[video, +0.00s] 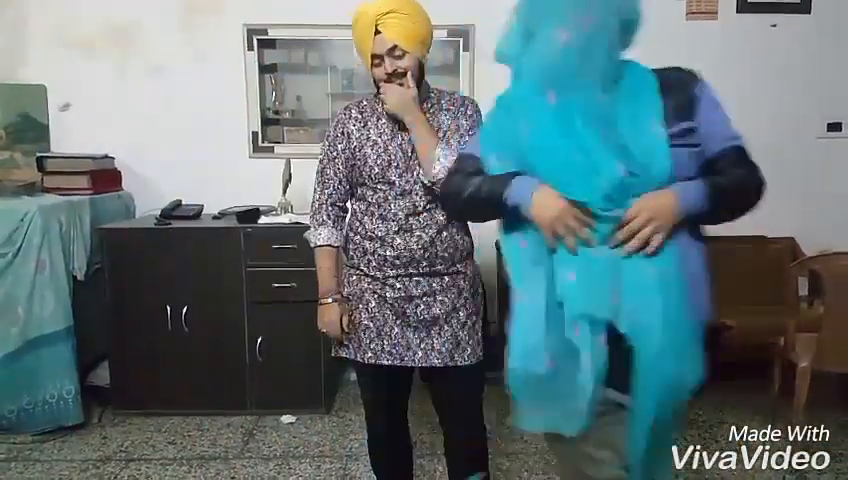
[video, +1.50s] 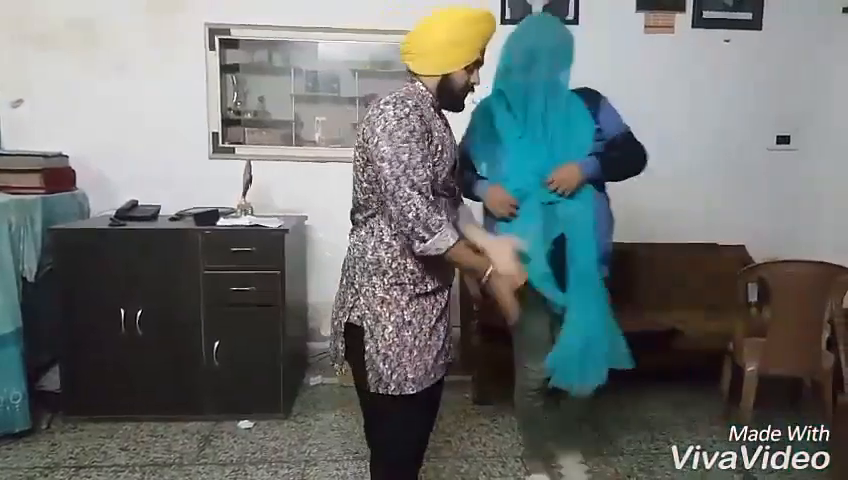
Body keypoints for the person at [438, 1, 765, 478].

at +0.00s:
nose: (564, 33)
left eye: (579, 16)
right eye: (551, 19)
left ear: (613, 19)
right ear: (533, 27)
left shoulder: (676, 92)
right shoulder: (520, 108)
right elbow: (456, 190)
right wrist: (527, 193)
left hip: (660, 352)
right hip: (558, 356)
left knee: (650, 465)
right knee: (586, 463)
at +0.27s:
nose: (665, 54)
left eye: (679, 36)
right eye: (652, 39)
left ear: (703, 35)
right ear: (630, 38)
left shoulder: (751, 109)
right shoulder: (606, 122)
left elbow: (808, 198)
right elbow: (573, 220)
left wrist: (781, 215)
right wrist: (642, 217)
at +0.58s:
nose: (683, 54)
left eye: (696, 36)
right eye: (669, 37)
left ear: (717, 34)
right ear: (646, 36)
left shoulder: (753, 99)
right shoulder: (619, 107)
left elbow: (799, 177)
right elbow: (578, 196)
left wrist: (803, 193)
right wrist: (651, 216)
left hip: (758, 322)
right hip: (664, 329)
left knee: (770, 459)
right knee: (698, 461)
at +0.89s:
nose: (630, 71)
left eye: (644, 58)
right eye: (622, 58)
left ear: (668, 53)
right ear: (607, 50)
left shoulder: (704, 105)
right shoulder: (583, 113)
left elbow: (758, 168)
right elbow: (541, 182)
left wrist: (710, 183)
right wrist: (573, 201)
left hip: (695, 303)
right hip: (616, 305)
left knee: (693, 448)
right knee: (645, 446)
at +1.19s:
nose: (607, 92)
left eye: (616, 81)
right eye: (598, 81)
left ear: (628, 78)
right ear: (577, 76)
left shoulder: (645, 134)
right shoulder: (547, 130)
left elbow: (685, 199)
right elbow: (517, 197)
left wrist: (672, 206)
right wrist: (569, 212)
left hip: (645, 306)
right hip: (579, 306)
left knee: (646, 436)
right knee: (588, 430)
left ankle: (638, 474)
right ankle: (567, 463)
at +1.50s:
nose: (533, 78)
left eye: (544, 68)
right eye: (525, 67)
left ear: (561, 65)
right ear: (511, 65)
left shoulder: (586, 106)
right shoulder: (492, 112)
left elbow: (632, 154)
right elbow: (460, 168)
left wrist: (584, 169)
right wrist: (485, 190)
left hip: (583, 253)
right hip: (521, 256)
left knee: (580, 355)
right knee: (533, 363)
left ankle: (570, 445)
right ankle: (536, 459)